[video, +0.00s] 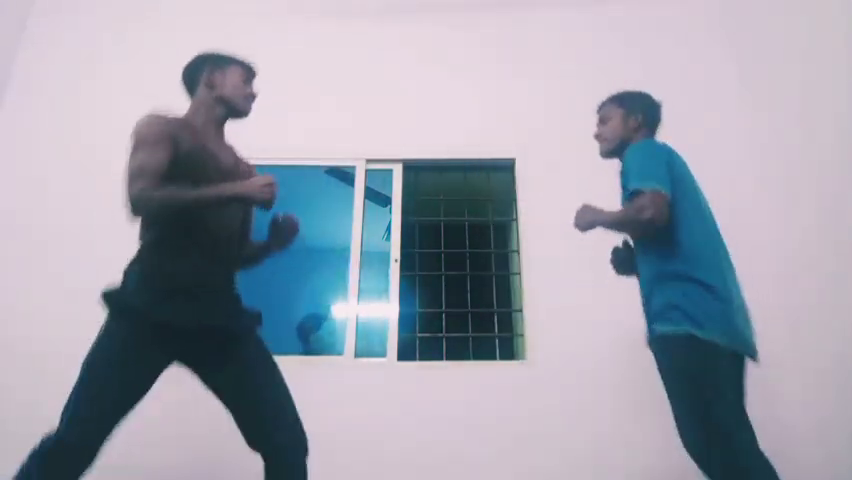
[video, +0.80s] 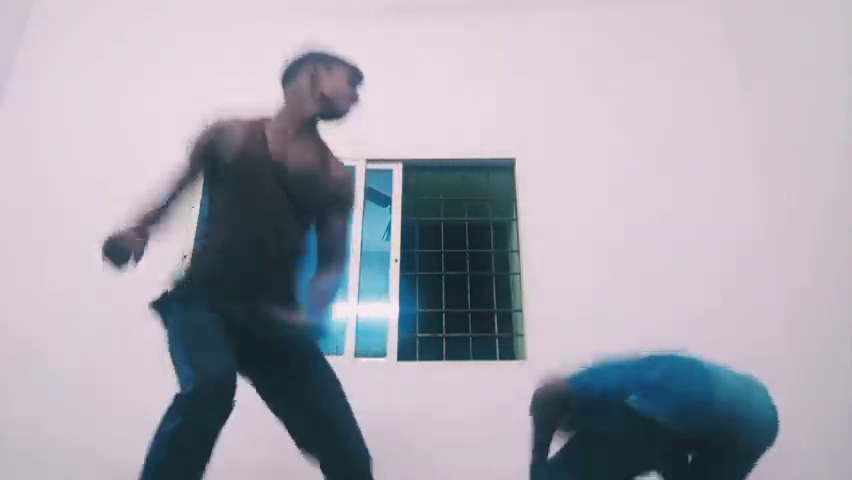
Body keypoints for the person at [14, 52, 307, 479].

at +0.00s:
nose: (254, 91)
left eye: (253, 83)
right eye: (246, 80)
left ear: (218, 84)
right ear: (211, 79)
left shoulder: (240, 167)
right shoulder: (160, 128)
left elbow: (229, 256)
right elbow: (141, 198)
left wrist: (270, 244)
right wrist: (239, 189)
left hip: (217, 318)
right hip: (148, 314)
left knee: (288, 448)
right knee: (72, 448)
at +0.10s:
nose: (271, 84)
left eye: (269, 76)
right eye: (262, 72)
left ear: (233, 79)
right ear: (229, 75)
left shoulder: (224, 137)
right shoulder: (208, 114)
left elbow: (201, 243)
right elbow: (182, 176)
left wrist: (262, 256)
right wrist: (265, 201)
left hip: (204, 303)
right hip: (160, 300)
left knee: (282, 435)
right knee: (82, 444)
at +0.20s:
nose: (277, 103)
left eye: (276, 95)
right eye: (270, 93)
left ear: (239, 100)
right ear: (240, 95)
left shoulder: (226, 148)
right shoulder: (233, 139)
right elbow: (228, 203)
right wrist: (278, 258)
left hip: (199, 319)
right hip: (161, 315)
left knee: (288, 431)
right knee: (86, 456)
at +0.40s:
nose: (307, 121)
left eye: (302, 113)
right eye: (295, 113)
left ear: (277, 129)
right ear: (269, 125)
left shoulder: (282, 188)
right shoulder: (254, 171)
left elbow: (246, 262)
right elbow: (220, 240)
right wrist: (295, 301)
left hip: (241, 353)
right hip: (185, 345)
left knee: (354, 445)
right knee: (65, 457)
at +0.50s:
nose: (323, 108)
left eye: (320, 101)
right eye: (312, 100)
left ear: (296, 112)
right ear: (283, 107)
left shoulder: (325, 174)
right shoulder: (237, 151)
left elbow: (379, 179)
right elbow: (182, 220)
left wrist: (367, 181)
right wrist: (253, 233)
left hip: (262, 333)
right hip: (191, 318)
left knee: (359, 436)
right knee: (102, 405)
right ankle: (14, 471)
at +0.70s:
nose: (365, 113)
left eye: (366, 109)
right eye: (359, 102)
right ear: (320, 102)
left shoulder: (346, 191)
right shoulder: (240, 158)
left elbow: (325, 255)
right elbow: (189, 231)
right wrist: (154, 252)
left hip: (279, 327)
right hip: (214, 311)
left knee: (357, 467)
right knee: (212, 371)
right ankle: (155, 473)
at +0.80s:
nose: (355, 93)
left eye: (357, 86)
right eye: (350, 80)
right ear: (310, 75)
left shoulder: (333, 177)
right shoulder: (227, 137)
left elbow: (331, 262)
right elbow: (173, 193)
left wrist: (310, 310)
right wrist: (136, 233)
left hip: (273, 317)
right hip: (202, 304)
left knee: (348, 455)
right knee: (210, 392)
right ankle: (161, 476)